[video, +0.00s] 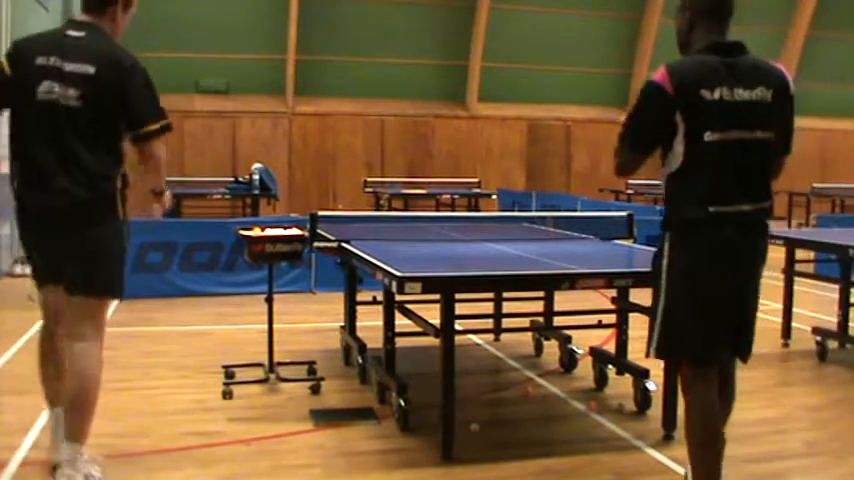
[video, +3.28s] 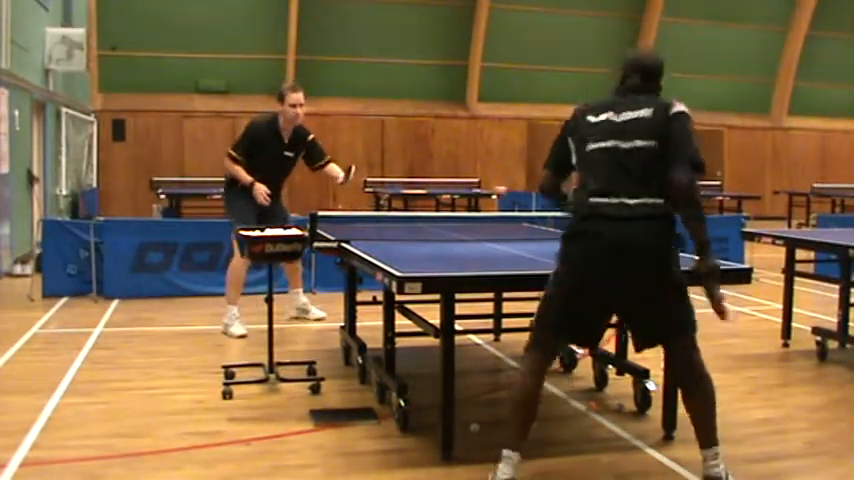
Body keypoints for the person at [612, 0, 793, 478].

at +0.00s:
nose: (675, 26)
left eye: (677, 17)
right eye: (677, 17)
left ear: (688, 19)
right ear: (727, 20)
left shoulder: (673, 80)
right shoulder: (776, 80)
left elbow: (625, 163)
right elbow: (774, 162)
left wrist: (655, 119)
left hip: (696, 233)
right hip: (750, 233)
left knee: (696, 363)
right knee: (724, 356)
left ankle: (705, 472)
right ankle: (708, 465)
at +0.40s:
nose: (659, 42)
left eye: (661, 34)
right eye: (660, 34)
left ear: (674, 32)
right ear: (707, 34)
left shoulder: (668, 84)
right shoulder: (746, 93)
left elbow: (636, 166)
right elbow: (730, 163)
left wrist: (614, 141)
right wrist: (655, 137)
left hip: (674, 233)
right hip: (727, 236)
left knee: (617, 351)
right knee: (698, 351)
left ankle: (670, 462)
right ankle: (692, 465)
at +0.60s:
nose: (642, 48)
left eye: (642, 41)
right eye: (643, 41)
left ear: (650, 39)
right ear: (688, 36)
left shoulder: (654, 82)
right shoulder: (731, 91)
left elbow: (621, 163)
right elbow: (713, 163)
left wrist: (597, 137)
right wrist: (629, 132)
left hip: (656, 232)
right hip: (709, 234)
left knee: (609, 350)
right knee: (692, 353)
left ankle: (601, 468)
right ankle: (690, 468)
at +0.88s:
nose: (595, 48)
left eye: (597, 41)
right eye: (600, 41)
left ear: (602, 41)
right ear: (641, 39)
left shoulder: (592, 88)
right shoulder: (684, 89)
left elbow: (569, 174)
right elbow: (702, 165)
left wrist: (574, 145)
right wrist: (654, 159)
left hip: (613, 236)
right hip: (669, 235)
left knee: (576, 355)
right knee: (674, 352)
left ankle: (563, 468)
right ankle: (687, 467)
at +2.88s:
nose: (612, 75)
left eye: (614, 68)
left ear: (618, 71)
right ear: (658, 76)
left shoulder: (592, 111)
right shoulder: (688, 118)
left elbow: (571, 187)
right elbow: (696, 196)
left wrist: (599, 174)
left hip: (617, 248)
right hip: (677, 252)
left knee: (563, 356)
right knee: (699, 355)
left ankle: (536, 469)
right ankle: (716, 466)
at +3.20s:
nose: (634, 74)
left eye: (631, 67)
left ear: (626, 71)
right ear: (667, 77)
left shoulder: (593, 111)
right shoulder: (687, 117)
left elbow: (565, 183)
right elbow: (699, 197)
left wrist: (600, 196)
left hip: (603, 246)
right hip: (667, 251)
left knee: (549, 347)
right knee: (692, 356)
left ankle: (517, 465)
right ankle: (715, 466)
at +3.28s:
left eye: (632, 74)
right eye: (655, 79)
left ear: (620, 79)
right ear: (660, 83)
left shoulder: (584, 115)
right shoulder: (671, 114)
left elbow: (549, 184)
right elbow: (682, 185)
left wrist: (576, 201)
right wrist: (706, 258)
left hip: (586, 253)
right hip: (649, 255)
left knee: (537, 355)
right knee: (685, 356)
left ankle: (507, 465)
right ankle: (713, 465)